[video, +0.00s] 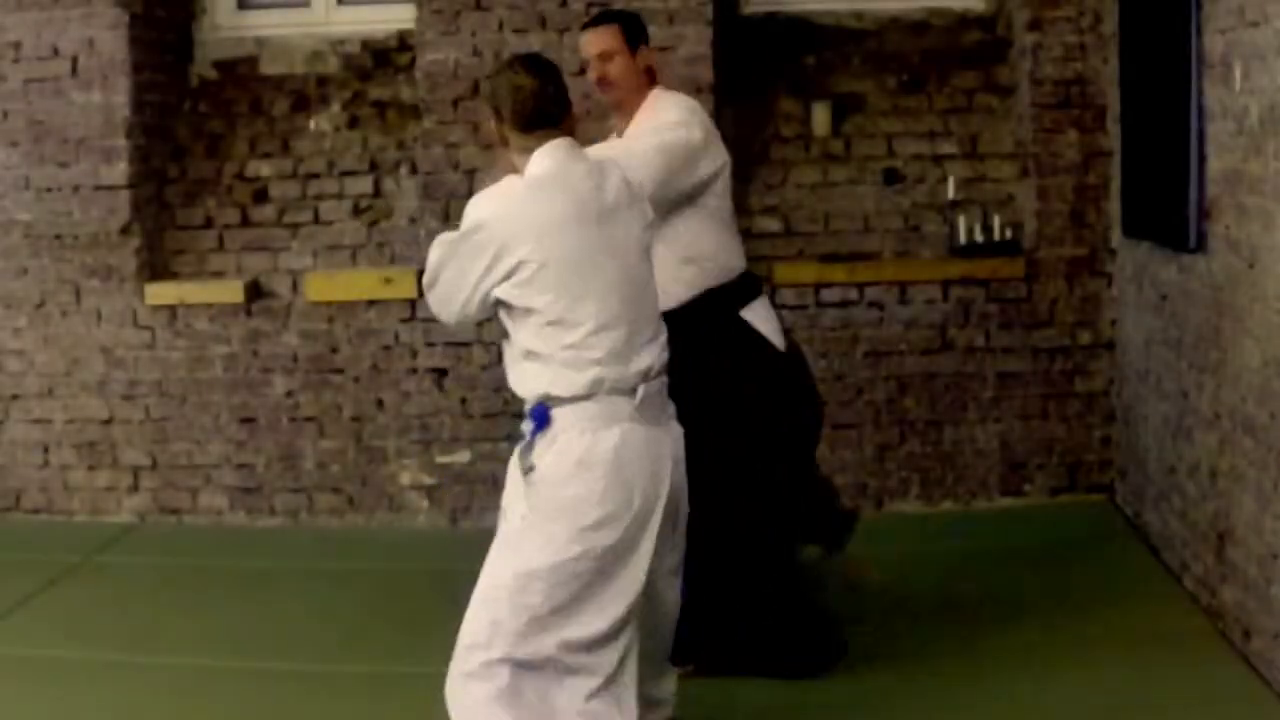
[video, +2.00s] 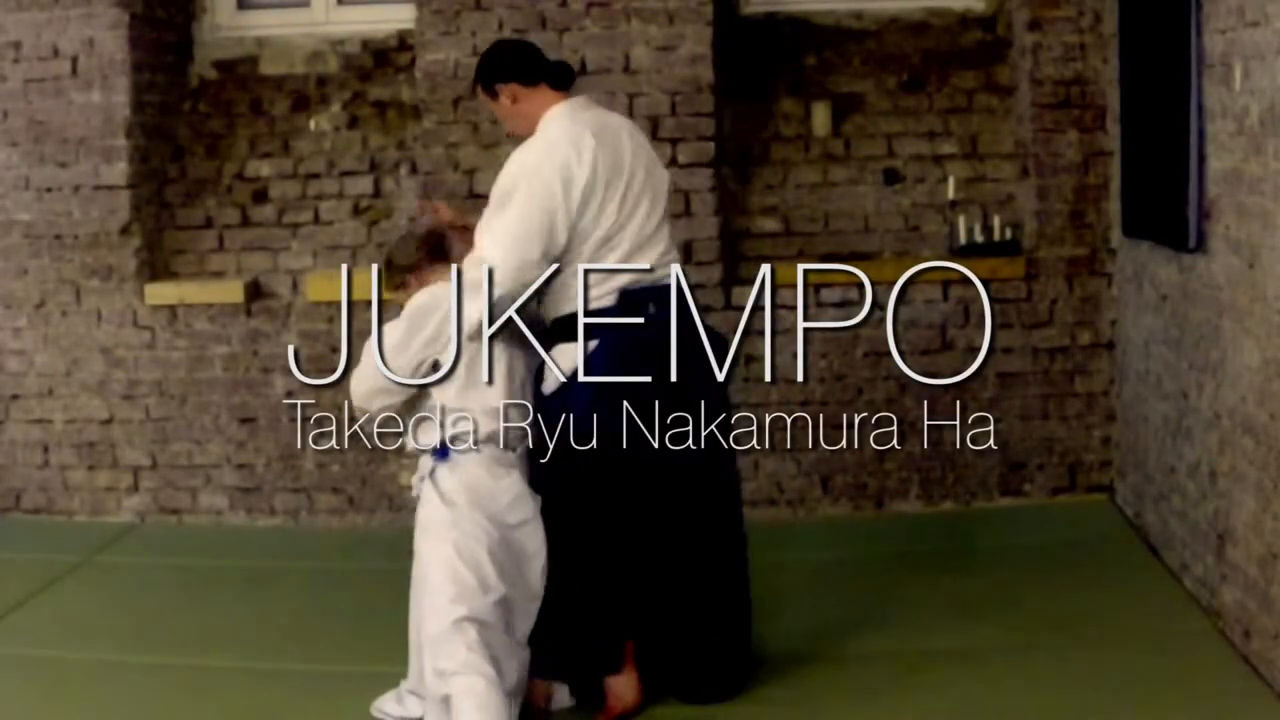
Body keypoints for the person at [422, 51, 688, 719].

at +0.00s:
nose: (482, 128)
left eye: (483, 117)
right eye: (486, 116)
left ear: (494, 126)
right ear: (569, 114)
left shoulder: (504, 210)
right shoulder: (618, 182)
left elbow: (449, 299)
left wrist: (459, 234)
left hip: (579, 453)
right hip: (658, 441)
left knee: (486, 670)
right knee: (611, 663)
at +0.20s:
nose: (481, 136)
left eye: (481, 124)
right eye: (484, 124)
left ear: (492, 128)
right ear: (561, 116)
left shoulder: (517, 199)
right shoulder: (614, 191)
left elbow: (438, 286)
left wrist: (488, 204)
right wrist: (502, 304)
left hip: (592, 444)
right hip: (655, 432)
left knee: (516, 642)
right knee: (593, 636)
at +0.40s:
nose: (530, 185)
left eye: (533, 173)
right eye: (530, 173)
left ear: (553, 176)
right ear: (609, 171)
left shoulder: (551, 264)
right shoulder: (647, 265)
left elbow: (437, 270)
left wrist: (498, 233)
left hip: (525, 505)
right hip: (585, 497)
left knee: (470, 688)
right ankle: (603, 698)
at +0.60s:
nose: (543, 235)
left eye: (548, 225)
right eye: (547, 224)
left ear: (566, 238)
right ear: (617, 238)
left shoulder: (544, 316)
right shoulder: (634, 311)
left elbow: (454, 274)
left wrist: (528, 263)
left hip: (490, 521)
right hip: (556, 516)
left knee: (445, 680)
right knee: (495, 668)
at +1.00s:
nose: (457, 261)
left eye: (459, 251)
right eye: (457, 252)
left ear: (475, 252)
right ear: (521, 243)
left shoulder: (486, 305)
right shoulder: (559, 313)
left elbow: (401, 327)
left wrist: (458, 287)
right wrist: (484, 286)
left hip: (482, 510)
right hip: (539, 504)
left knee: (472, 666)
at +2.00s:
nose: (405, 300)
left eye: (407, 287)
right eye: (404, 290)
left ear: (427, 274)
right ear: (462, 262)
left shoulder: (439, 304)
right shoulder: (513, 309)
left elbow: (369, 389)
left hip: (462, 483)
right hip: (517, 479)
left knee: (456, 643)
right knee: (503, 643)